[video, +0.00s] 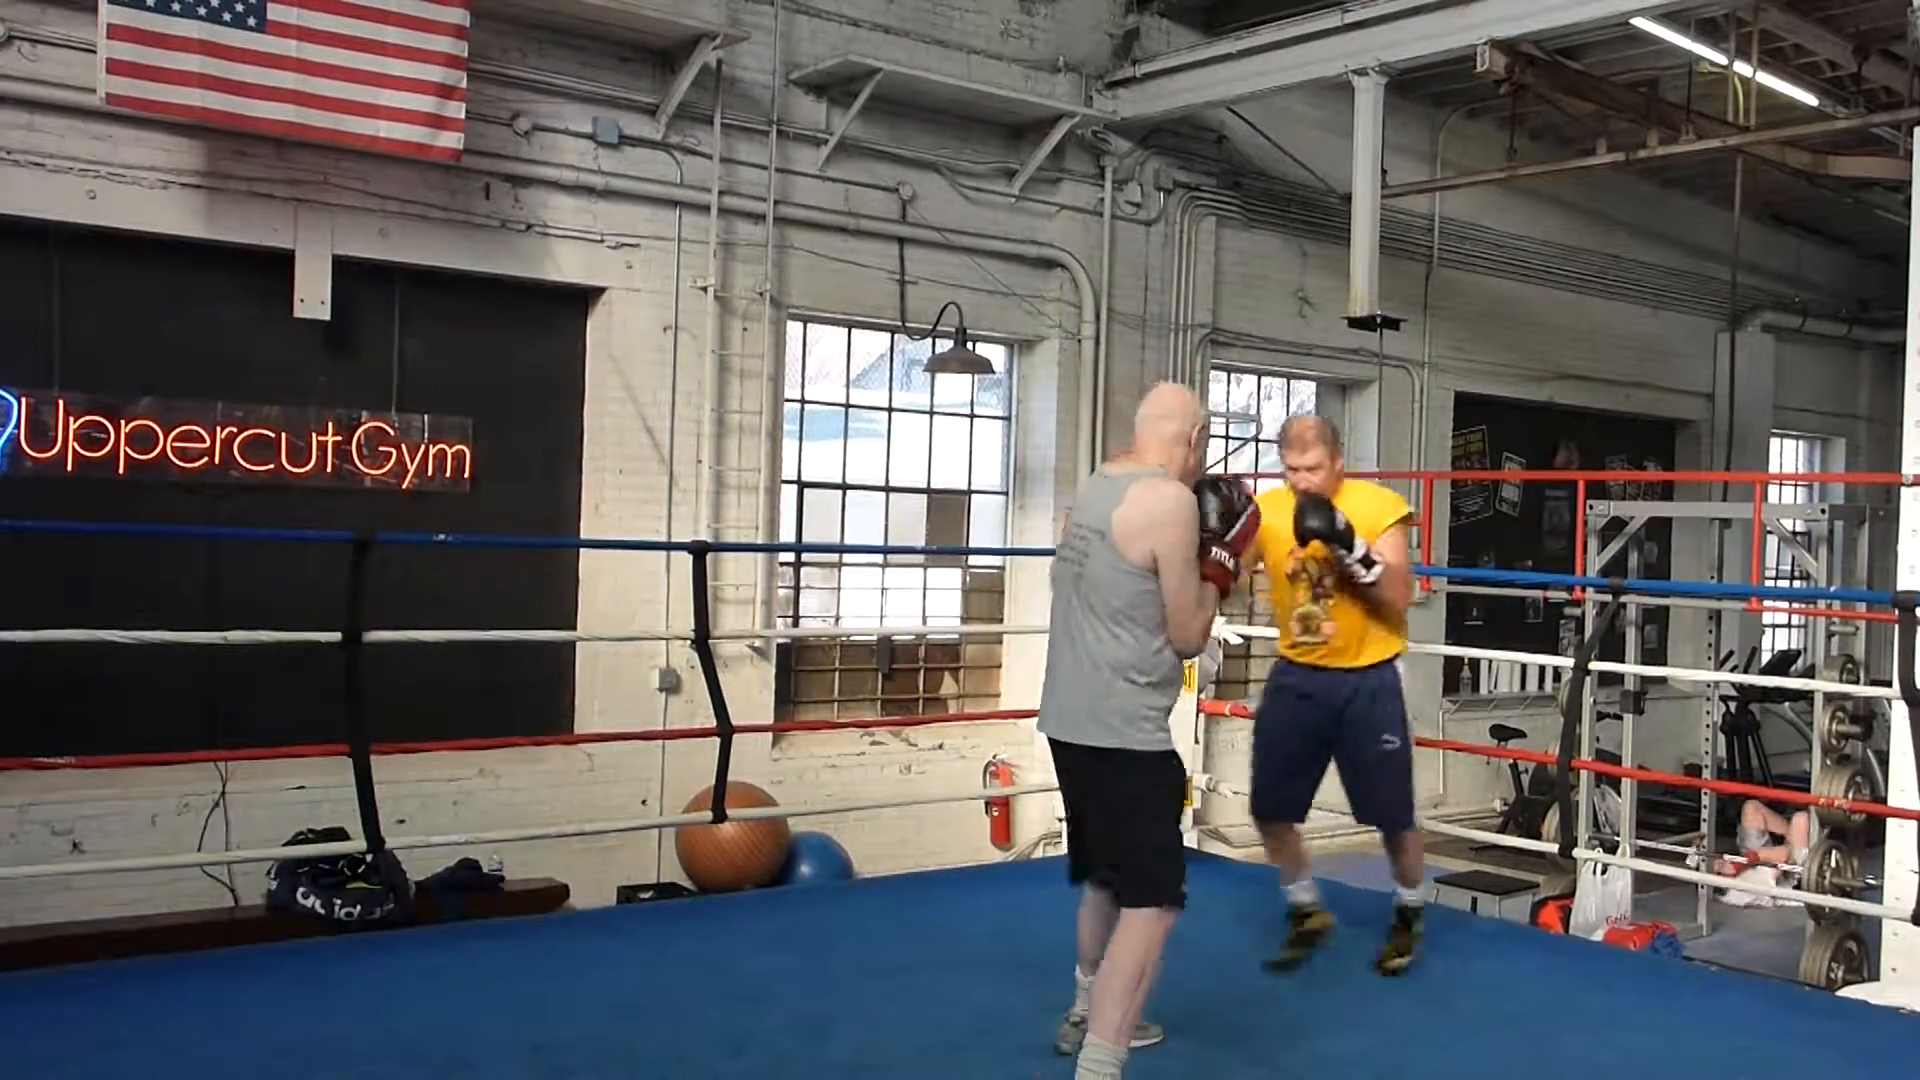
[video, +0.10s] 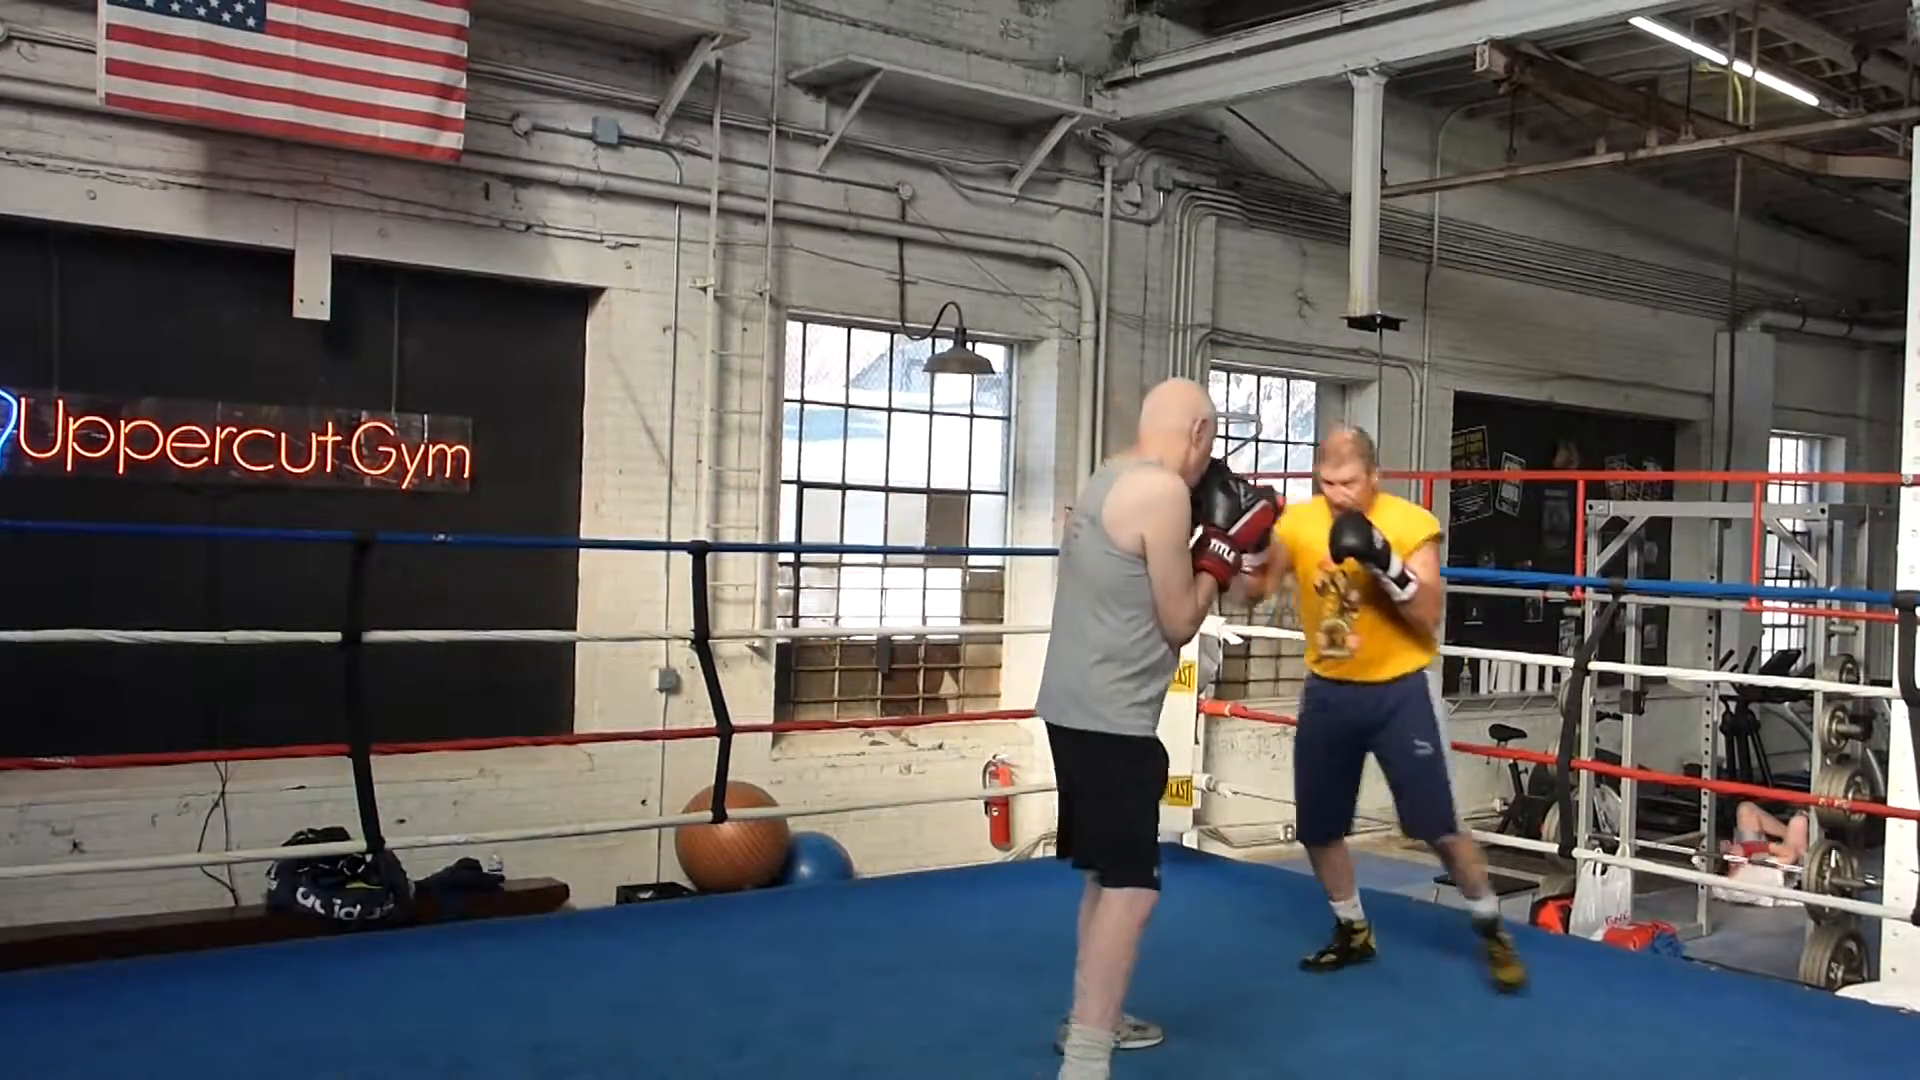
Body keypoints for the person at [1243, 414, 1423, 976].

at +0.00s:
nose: (1303, 481)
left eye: (1313, 469)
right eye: (1293, 471)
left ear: (1338, 461)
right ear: (1281, 466)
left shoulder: (1376, 505)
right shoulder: (1266, 510)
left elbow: (1399, 598)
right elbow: (1226, 581)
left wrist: (1351, 551)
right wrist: (1224, 533)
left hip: (1369, 683)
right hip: (1296, 681)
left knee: (1393, 816)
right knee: (1272, 809)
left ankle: (1409, 916)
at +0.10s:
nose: (1340, 494)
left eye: (1351, 483)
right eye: (1330, 484)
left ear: (1375, 476)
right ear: (1317, 478)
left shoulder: (1411, 525)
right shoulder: (1295, 522)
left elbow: (1429, 621)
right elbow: (1249, 592)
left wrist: (1383, 566)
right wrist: (1238, 535)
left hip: (1401, 694)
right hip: (1327, 696)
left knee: (1438, 825)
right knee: (1320, 825)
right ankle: (1352, 932)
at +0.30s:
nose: (1412, 523)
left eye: (1423, 509)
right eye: (1404, 512)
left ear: (1454, 500)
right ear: (1396, 508)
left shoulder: (1494, 554)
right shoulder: (1387, 551)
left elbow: (1492, 647)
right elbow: (1336, 620)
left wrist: (1434, 586)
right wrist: (1327, 574)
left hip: (1481, 725)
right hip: (1402, 719)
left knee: (1522, 857)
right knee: (1349, 833)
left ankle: (1578, 962)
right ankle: (1357, 939)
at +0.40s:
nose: (1446, 499)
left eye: (1457, 485)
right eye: (1439, 487)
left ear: (1493, 477)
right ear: (1435, 486)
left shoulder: (1535, 525)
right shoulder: (1436, 536)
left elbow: (1534, 613)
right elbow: (1381, 602)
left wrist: (1466, 556)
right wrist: (1370, 553)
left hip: (1528, 706)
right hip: (1451, 704)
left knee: (1556, 843)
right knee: (1410, 827)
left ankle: (1588, 960)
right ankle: (1393, 941)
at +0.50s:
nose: (1479, 478)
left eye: (1489, 464)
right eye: (1471, 468)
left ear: (1524, 456)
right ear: (1466, 468)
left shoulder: (1567, 506)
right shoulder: (1473, 520)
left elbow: (1572, 595)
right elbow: (1419, 584)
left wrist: (1507, 539)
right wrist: (1407, 534)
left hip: (1564, 686)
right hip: (1491, 686)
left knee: (1580, 827)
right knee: (1471, 818)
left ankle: (1622, 949)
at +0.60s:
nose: (1513, 490)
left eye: (1523, 476)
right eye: (1505, 479)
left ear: (1559, 465)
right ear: (1498, 477)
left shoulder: (1600, 516)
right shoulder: (1502, 520)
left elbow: (1601, 612)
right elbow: (1447, 588)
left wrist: (1535, 550)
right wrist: (1440, 538)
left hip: (1598, 695)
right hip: (1530, 696)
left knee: (1622, 841)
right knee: (1528, 840)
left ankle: (1694, 958)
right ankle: (1585, 966)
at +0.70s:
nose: (1549, 516)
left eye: (1559, 503)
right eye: (1540, 505)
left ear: (1594, 492)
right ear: (1534, 502)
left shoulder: (1637, 545)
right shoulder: (1536, 543)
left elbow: (1628, 644)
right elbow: (1482, 613)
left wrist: (1558, 584)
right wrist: (1474, 561)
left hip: (1634, 726)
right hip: (1562, 726)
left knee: (1677, 869)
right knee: (1529, 850)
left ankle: (1769, 992)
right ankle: (1587, 973)